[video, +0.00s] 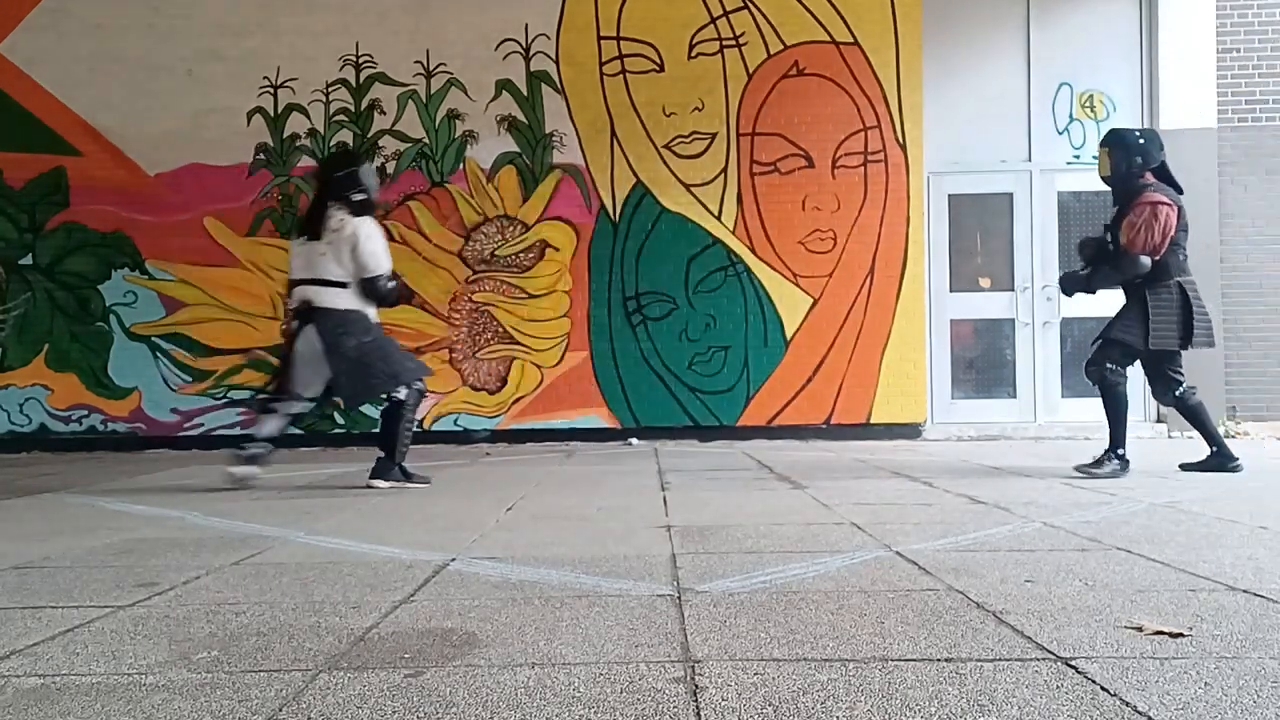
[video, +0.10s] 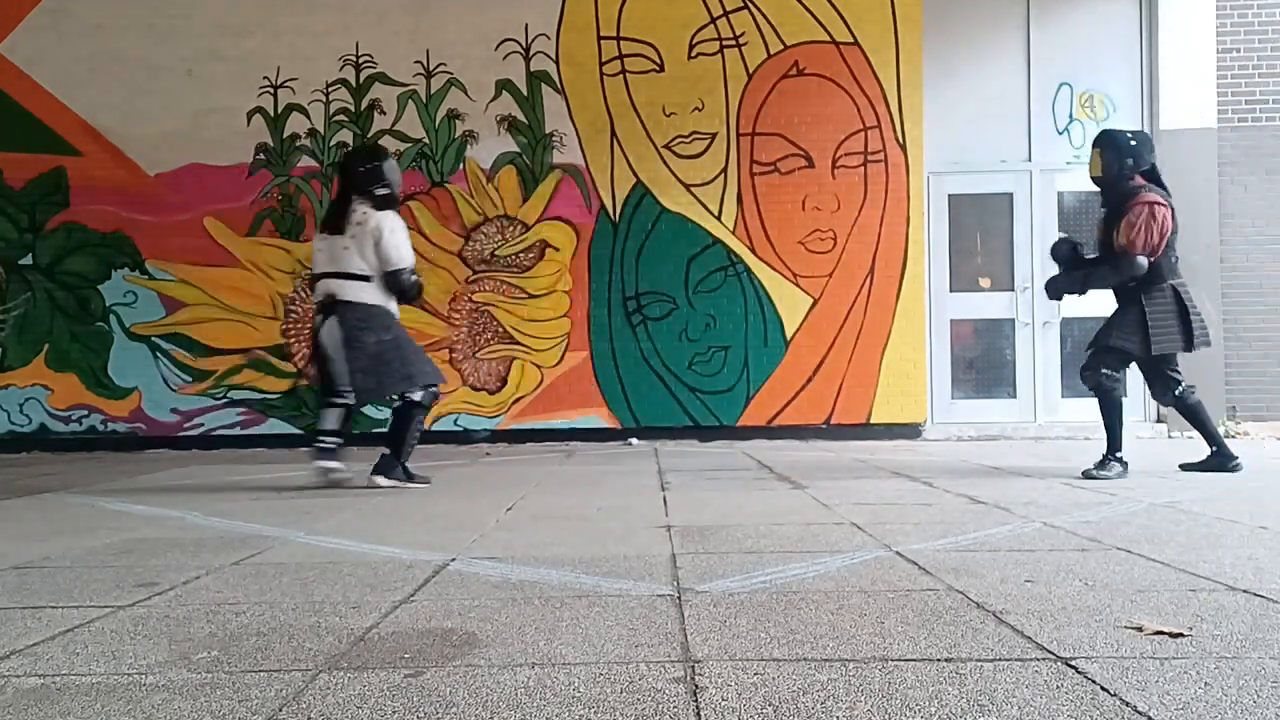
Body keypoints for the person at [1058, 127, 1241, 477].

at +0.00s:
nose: (1104, 166)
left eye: (1110, 158)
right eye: (1104, 158)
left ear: (1135, 161)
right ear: (1139, 162)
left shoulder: (1151, 203)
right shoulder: (1140, 198)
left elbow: (1135, 264)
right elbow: (1131, 250)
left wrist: (1085, 280)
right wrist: (1101, 252)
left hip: (1158, 299)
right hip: (1160, 298)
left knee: (1106, 365)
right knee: (1170, 386)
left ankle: (1116, 455)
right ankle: (1222, 452)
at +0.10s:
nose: (1093, 166)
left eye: (1100, 158)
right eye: (1094, 158)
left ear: (1125, 162)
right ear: (1125, 164)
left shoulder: (1146, 206)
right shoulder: (1121, 202)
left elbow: (1132, 265)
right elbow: (1113, 259)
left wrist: (1074, 280)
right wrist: (1080, 260)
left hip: (1152, 303)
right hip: (1145, 302)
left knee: (1102, 369)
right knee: (1167, 385)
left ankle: (1114, 458)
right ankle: (1222, 452)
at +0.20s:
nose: (1081, 166)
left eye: (1088, 158)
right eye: (1081, 158)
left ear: (1113, 162)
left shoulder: (1139, 202)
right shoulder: (1100, 208)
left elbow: (1139, 265)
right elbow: (1086, 265)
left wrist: (1082, 283)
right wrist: (1047, 270)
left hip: (1137, 299)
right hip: (1120, 299)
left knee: (1090, 375)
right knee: (1140, 390)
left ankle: (1114, 459)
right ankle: (1209, 440)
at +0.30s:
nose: (1068, 167)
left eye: (1075, 159)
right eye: (1067, 159)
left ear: (1099, 160)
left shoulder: (1132, 200)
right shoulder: (1075, 211)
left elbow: (1148, 257)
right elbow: (1063, 260)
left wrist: (1102, 281)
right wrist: (1046, 288)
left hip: (1123, 299)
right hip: (1090, 302)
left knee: (1089, 378)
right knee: (1077, 383)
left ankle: (1115, 459)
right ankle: (1150, 421)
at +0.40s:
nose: (1048, 170)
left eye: (1055, 162)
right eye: (1048, 162)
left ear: (1079, 164)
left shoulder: (1121, 201)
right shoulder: (1053, 219)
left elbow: (1146, 252)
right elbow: (1050, 271)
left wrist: (1107, 287)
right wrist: (1049, 303)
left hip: (1110, 304)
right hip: (1071, 307)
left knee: (1089, 383)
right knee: (1018, 366)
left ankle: (1112, 459)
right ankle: (1053, 434)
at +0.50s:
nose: (1033, 177)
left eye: (1040, 168)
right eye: (1031, 169)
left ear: (1065, 169)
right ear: (1033, 172)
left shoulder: (1107, 206)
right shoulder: (1032, 223)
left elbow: (1134, 253)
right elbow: (1031, 277)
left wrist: (1098, 289)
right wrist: (1039, 312)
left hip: (1095, 308)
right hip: (1051, 309)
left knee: (1083, 386)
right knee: (996, 369)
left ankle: (1100, 457)